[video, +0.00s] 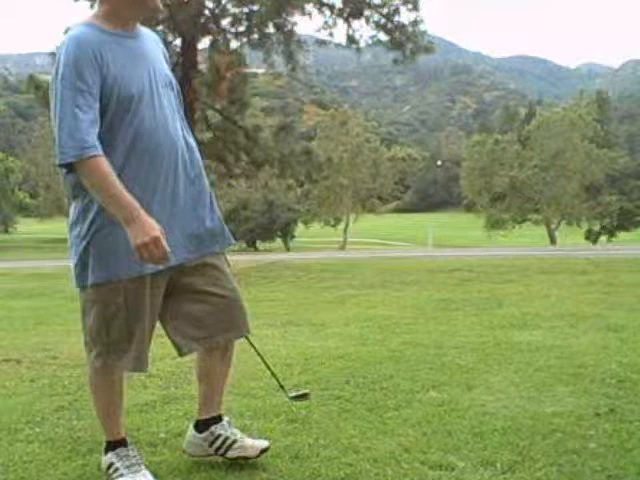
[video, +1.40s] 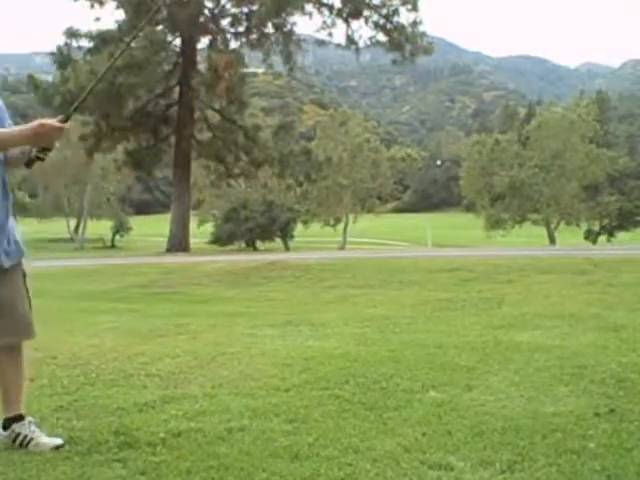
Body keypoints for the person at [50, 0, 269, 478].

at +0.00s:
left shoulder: (152, 41)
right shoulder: (82, 46)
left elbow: (167, 133)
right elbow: (81, 150)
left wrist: (194, 206)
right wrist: (134, 217)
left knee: (223, 322)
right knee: (110, 348)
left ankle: (208, 428)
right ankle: (117, 449)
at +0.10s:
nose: (144, 1)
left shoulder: (134, 41)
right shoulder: (71, 48)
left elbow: (145, 133)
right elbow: (81, 151)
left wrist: (173, 206)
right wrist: (149, 211)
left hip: (167, 224)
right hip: (109, 235)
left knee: (201, 322)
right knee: (104, 348)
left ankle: (154, 409)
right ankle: (115, 448)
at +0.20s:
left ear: (104, 2)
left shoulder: (121, 43)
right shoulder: (60, 51)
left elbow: (134, 138)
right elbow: (79, 153)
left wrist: (161, 210)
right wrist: (147, 206)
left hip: (149, 226)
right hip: (99, 235)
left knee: (164, 326)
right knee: (103, 347)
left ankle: (95, 391)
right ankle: (115, 447)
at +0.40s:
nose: (106, 1)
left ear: (71, 6)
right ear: (63, 2)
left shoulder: (94, 51)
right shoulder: (38, 56)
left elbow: (107, 140)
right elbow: (58, 158)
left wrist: (133, 205)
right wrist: (127, 203)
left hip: (111, 224)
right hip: (77, 230)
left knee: (89, 329)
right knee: (87, 340)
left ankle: (37, 406)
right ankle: (115, 449)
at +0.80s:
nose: (62, 10)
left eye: (59, 3)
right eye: (52, 3)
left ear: (35, 14)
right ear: (19, 9)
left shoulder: (58, 71)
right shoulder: (4, 66)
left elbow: (80, 140)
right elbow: (25, 143)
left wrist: (108, 168)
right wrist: (105, 164)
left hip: (49, 225)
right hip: (11, 224)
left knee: (20, 328)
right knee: (41, 317)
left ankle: (12, 422)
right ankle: (61, 429)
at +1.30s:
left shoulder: (6, 84)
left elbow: (15, 147)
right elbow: (5, 137)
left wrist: (47, 141)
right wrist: (42, 128)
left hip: (14, 224)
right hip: (5, 225)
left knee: (12, 327)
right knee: (10, 328)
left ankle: (13, 418)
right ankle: (11, 419)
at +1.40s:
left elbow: (4, 151)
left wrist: (26, 153)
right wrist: (27, 134)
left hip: (6, 231)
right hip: (5, 233)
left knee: (12, 329)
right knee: (10, 328)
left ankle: (13, 418)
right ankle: (12, 418)